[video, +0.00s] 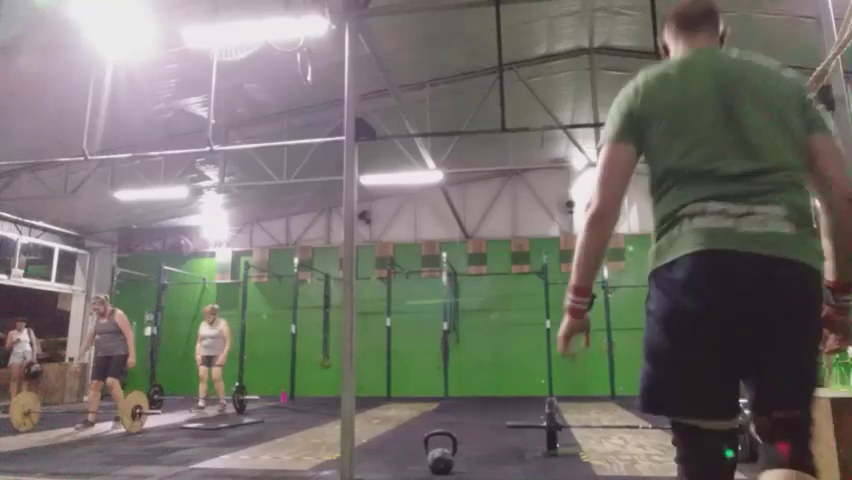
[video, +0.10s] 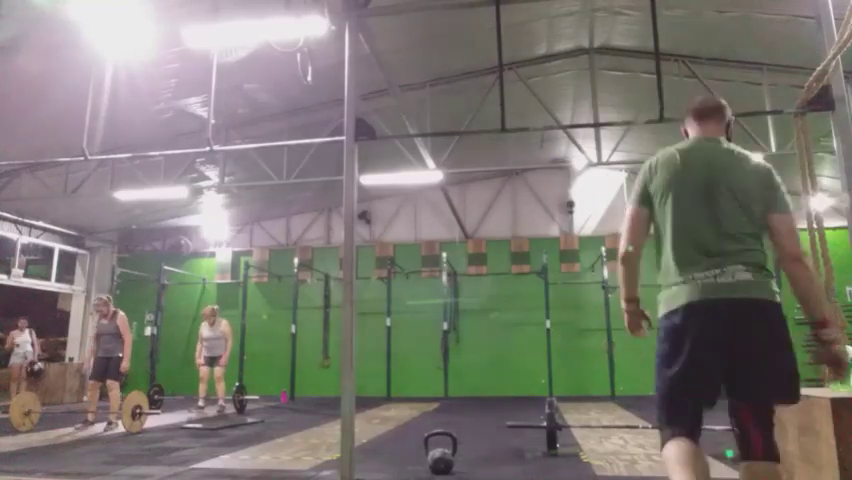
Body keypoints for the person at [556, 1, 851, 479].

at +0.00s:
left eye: (664, 45)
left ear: (666, 40)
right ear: (722, 34)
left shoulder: (645, 88)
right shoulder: (784, 82)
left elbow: (603, 208)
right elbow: (839, 190)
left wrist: (577, 300)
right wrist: (840, 293)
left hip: (696, 271)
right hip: (789, 274)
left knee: (702, 446)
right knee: (787, 436)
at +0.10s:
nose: (690, 137)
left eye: (686, 132)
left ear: (684, 130)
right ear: (729, 126)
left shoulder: (657, 167)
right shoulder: (757, 167)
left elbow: (629, 249)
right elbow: (791, 256)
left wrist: (630, 301)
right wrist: (824, 327)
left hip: (688, 315)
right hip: (756, 312)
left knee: (678, 428)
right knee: (757, 432)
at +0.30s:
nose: (706, 219)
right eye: (707, 215)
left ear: (678, 212)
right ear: (705, 212)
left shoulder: (657, 236)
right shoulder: (720, 234)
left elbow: (639, 289)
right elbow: (742, 281)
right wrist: (755, 330)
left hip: (669, 325)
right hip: (711, 329)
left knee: (671, 403)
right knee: (703, 404)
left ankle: (672, 475)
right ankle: (698, 470)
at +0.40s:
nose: (724, 223)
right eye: (726, 219)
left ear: (700, 216)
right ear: (724, 217)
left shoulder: (680, 240)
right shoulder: (736, 239)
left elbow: (666, 288)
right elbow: (754, 290)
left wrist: (668, 326)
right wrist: (765, 327)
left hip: (691, 324)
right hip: (725, 326)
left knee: (699, 385)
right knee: (713, 399)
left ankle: (684, 441)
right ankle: (698, 468)